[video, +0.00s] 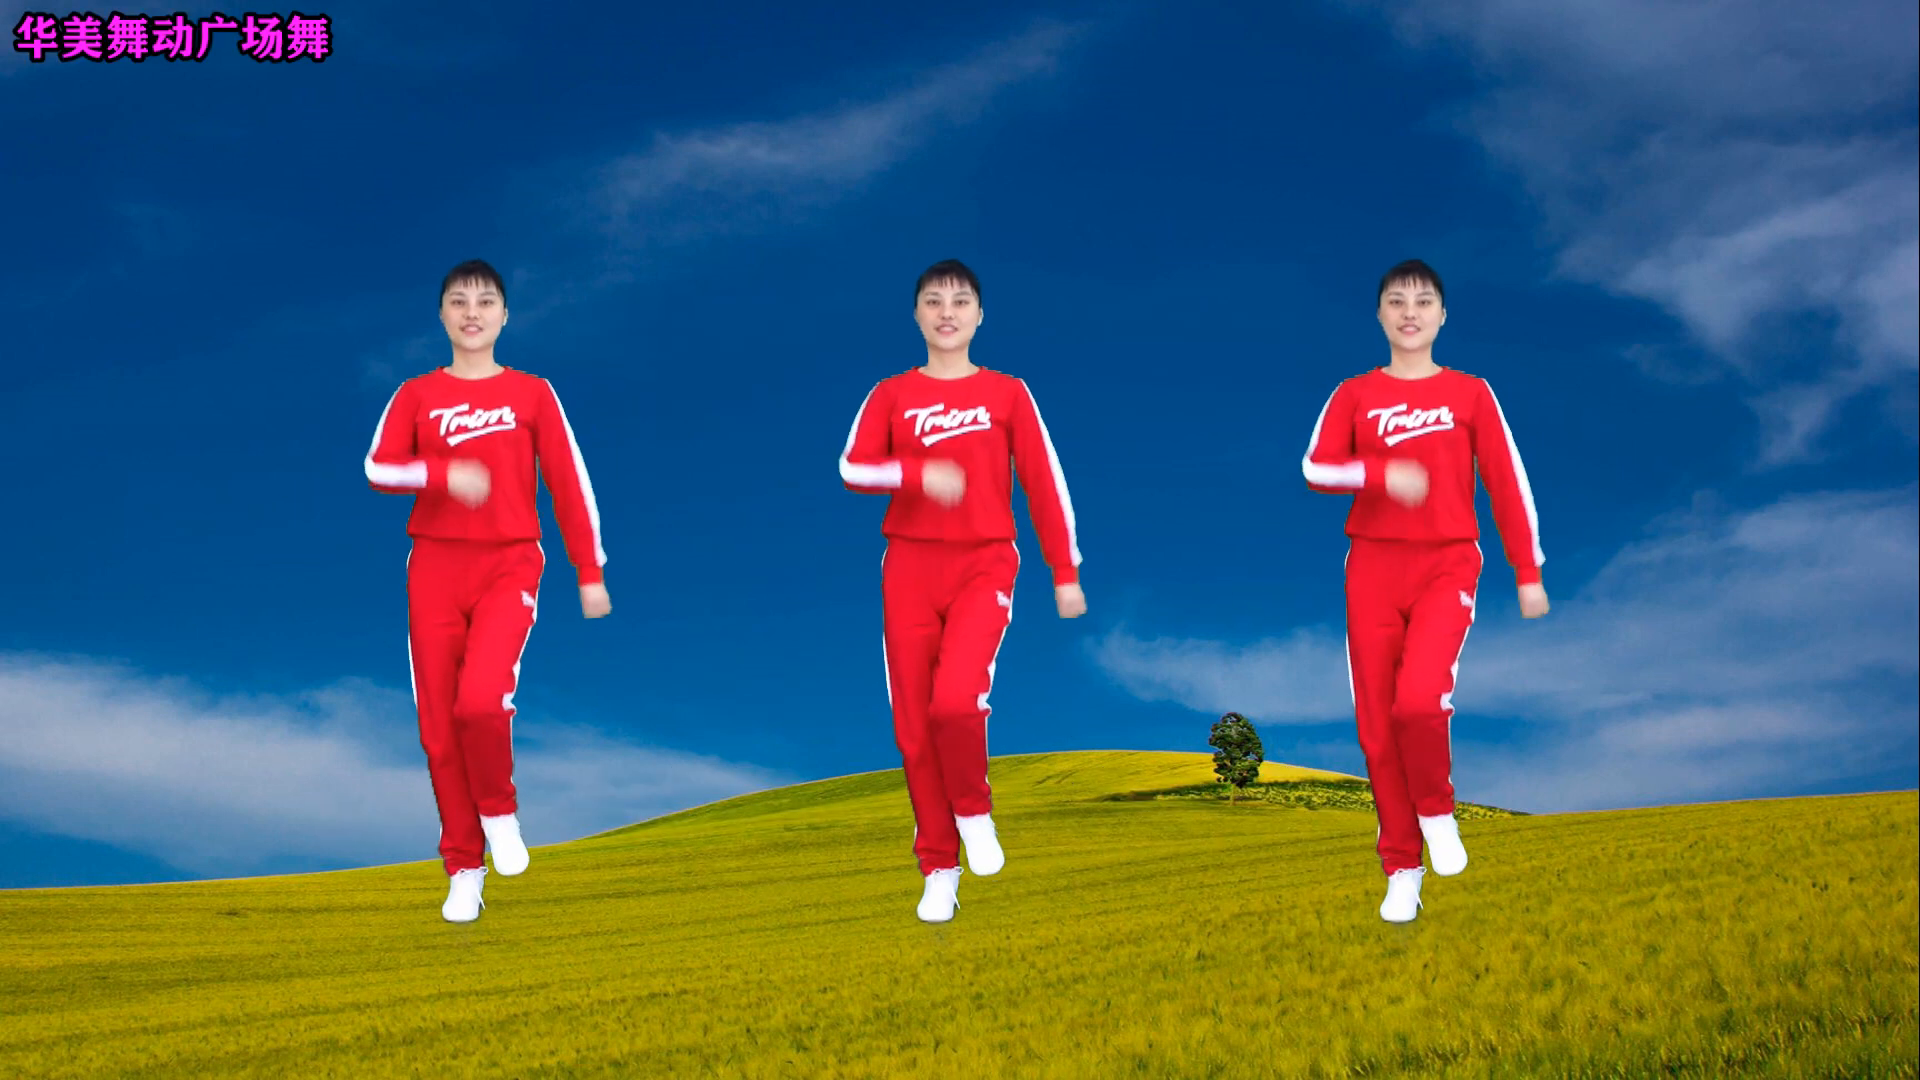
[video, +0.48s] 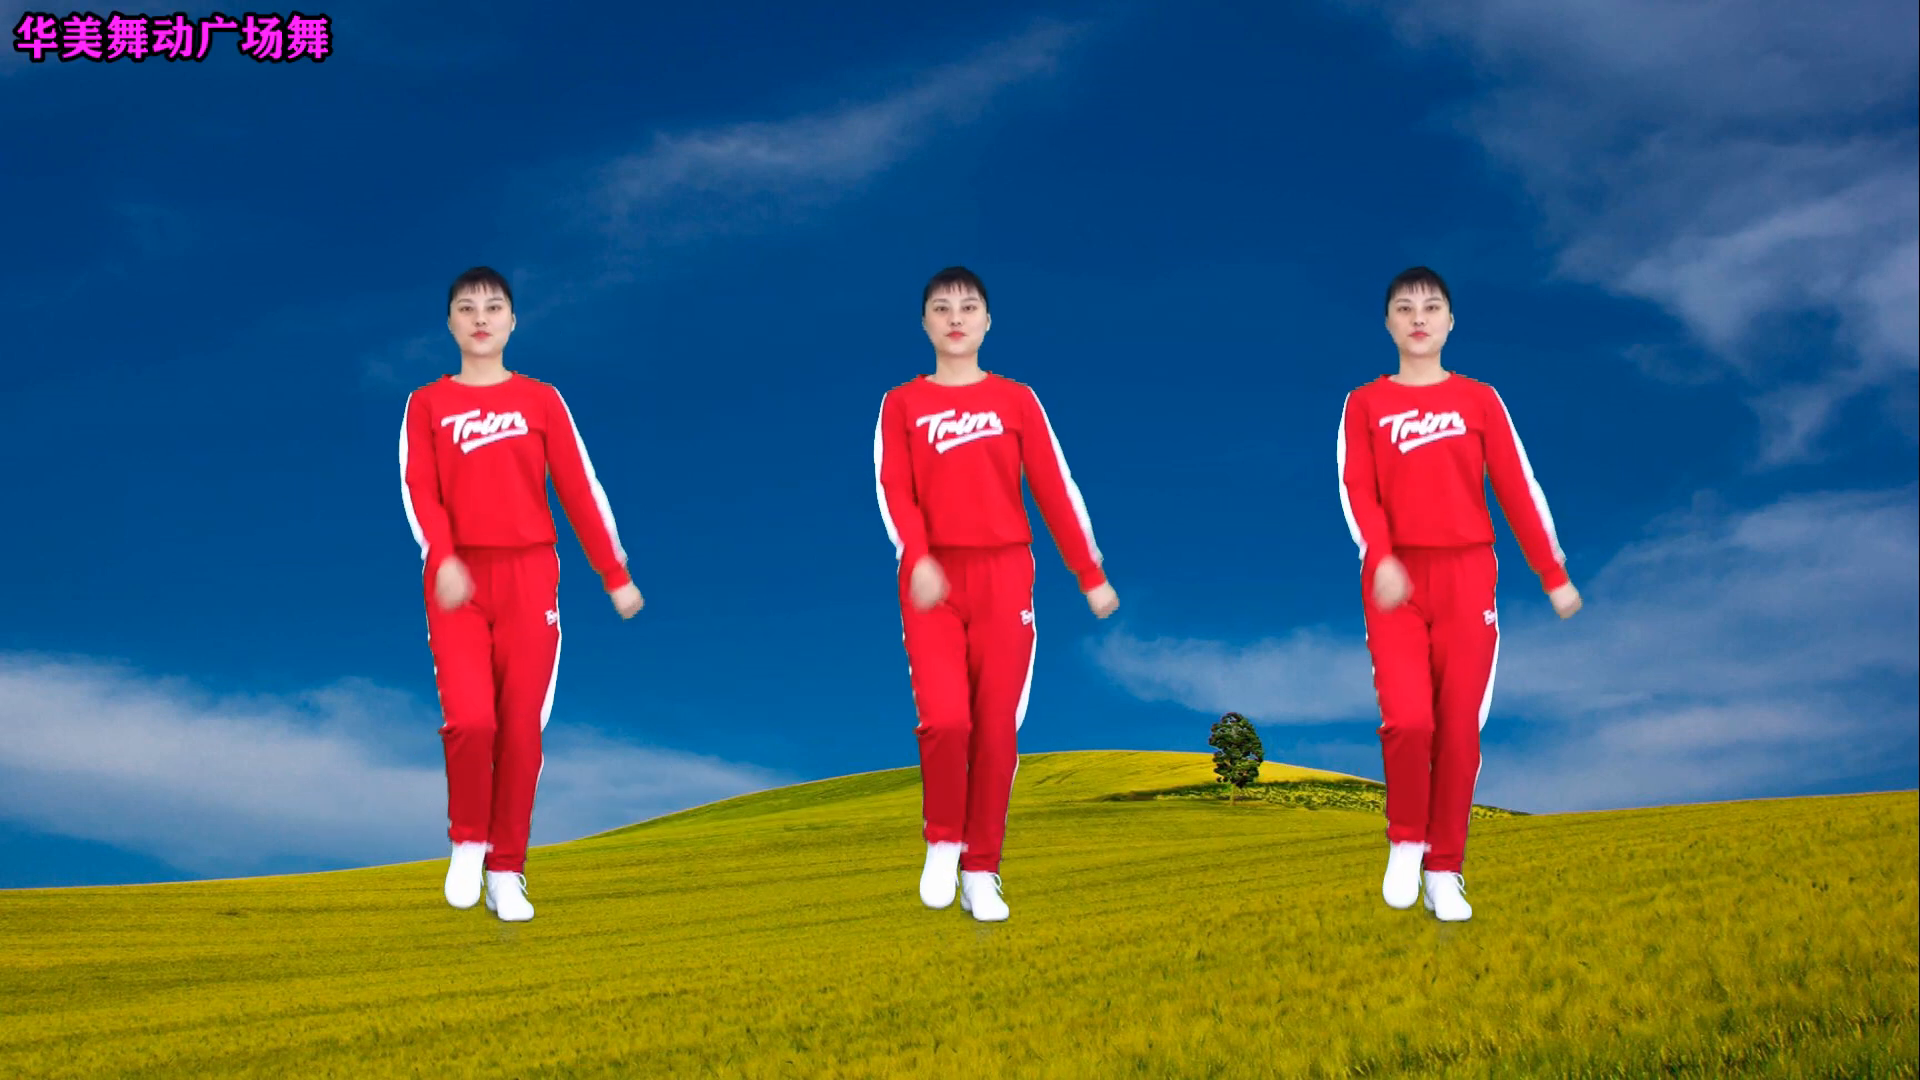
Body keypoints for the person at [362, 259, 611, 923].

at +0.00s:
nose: (473, 312)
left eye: (485, 302)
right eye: (460, 303)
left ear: (503, 314)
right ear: (443, 316)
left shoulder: (533, 393)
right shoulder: (414, 396)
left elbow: (570, 482)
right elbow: (378, 469)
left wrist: (590, 572)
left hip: (510, 568)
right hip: (435, 568)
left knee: (479, 706)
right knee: (436, 726)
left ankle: (498, 811)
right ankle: (463, 864)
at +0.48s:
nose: (480, 318)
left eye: (493, 308)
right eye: (468, 309)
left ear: (511, 321)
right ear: (450, 322)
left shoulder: (541, 399)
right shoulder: (426, 403)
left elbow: (580, 488)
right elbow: (418, 489)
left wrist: (616, 573)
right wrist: (442, 557)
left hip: (531, 574)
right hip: (456, 574)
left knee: (523, 725)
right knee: (470, 721)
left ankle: (507, 868)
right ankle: (469, 841)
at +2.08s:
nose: (472, 313)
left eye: (483, 302)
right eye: (459, 304)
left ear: (502, 312)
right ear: (442, 318)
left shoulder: (534, 391)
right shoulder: (418, 399)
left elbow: (563, 474)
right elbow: (378, 485)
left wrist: (511, 498)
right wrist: (350, 570)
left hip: (524, 573)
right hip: (447, 571)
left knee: (517, 724)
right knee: (475, 696)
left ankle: (497, 868)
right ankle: (466, 807)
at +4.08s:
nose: (497, 320)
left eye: (500, 311)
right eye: (480, 312)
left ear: (505, 330)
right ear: (444, 332)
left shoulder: (531, 411)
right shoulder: (429, 407)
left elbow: (552, 507)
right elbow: (410, 496)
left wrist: (565, 589)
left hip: (515, 589)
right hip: (443, 586)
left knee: (536, 725)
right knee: (446, 744)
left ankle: (523, 829)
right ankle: (449, 871)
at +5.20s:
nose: (578, 309)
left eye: (590, 298)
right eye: (566, 301)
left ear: (612, 310)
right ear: (553, 316)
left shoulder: (648, 381)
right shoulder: (532, 399)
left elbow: (724, 435)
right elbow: (518, 494)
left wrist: (802, 481)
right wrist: (510, 573)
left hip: (625, 568)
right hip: (546, 568)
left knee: (619, 731)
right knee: (564, 732)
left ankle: (614, 869)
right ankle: (573, 866)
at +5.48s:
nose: (548, 322)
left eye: (563, 312)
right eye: (545, 314)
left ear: (600, 324)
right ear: (544, 330)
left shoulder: (628, 398)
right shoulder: (532, 413)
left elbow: (622, 489)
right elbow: (511, 503)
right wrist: (496, 578)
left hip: (619, 577)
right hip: (549, 579)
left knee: (619, 730)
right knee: (521, 711)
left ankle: (612, 867)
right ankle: (532, 821)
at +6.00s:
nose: (475, 313)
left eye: (490, 304)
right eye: (469, 305)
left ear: (524, 317)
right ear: (461, 320)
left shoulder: (537, 388)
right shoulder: (437, 393)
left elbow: (579, 341)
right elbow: (406, 481)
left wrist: (584, 253)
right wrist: (396, 559)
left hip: (500, 564)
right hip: (430, 568)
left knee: (528, 722)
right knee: (421, 735)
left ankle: (585, 850)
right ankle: (423, 865)